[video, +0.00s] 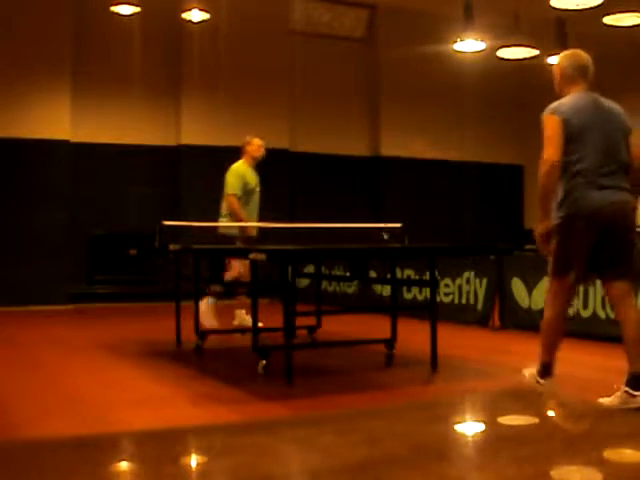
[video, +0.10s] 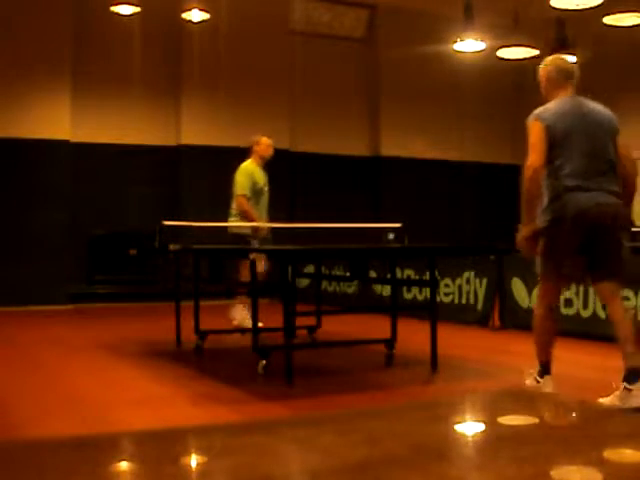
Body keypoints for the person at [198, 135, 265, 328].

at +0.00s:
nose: (262, 150)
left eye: (262, 147)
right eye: (258, 146)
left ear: (258, 151)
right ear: (247, 148)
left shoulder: (251, 172)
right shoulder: (237, 170)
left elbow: (246, 202)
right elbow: (232, 199)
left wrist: (251, 224)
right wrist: (245, 223)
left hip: (244, 230)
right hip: (231, 229)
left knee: (244, 271)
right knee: (235, 270)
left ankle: (241, 311)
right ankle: (208, 302)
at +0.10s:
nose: (271, 150)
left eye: (271, 146)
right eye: (267, 145)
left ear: (267, 150)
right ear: (256, 147)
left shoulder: (261, 171)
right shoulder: (246, 168)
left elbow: (256, 201)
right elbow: (241, 200)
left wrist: (263, 222)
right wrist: (257, 222)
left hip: (255, 229)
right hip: (242, 229)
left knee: (251, 268)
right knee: (247, 268)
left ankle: (244, 307)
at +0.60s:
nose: (320, 152)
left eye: (320, 148)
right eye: (316, 148)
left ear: (319, 150)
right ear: (306, 149)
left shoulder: (319, 168)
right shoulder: (297, 172)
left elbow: (320, 198)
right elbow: (288, 204)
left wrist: (325, 221)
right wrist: (307, 224)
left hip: (319, 227)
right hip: (301, 229)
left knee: (314, 271)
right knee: (311, 271)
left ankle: (286, 297)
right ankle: (313, 315)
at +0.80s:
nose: (343, 153)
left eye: (344, 148)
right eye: (339, 148)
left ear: (344, 149)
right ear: (328, 147)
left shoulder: (345, 171)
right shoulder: (315, 170)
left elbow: (353, 201)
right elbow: (303, 200)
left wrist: (358, 227)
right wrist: (319, 220)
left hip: (341, 231)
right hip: (318, 232)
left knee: (348, 270)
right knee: (317, 273)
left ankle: (351, 310)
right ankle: (314, 315)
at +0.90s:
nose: (358, 157)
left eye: (359, 153)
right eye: (355, 152)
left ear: (359, 154)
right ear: (343, 151)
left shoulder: (360, 175)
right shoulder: (328, 172)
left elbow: (369, 204)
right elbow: (312, 201)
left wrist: (375, 229)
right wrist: (325, 223)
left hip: (351, 232)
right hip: (328, 232)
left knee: (364, 270)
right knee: (323, 274)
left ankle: (376, 312)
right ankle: (316, 316)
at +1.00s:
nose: (375, 166)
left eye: (377, 163)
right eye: (373, 161)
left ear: (378, 163)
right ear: (362, 158)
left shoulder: (377, 183)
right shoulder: (343, 177)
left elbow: (386, 211)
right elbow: (325, 203)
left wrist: (392, 233)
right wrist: (330, 226)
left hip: (363, 240)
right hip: (339, 238)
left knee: (377, 274)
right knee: (331, 279)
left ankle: (395, 315)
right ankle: (320, 317)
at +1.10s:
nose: (396, 180)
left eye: (398, 176)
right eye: (394, 175)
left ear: (398, 176)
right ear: (383, 169)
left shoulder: (396, 194)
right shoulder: (362, 185)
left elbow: (406, 226)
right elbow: (338, 211)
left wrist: (409, 253)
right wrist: (340, 239)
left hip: (376, 247)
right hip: (351, 246)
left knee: (397, 279)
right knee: (340, 282)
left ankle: (403, 322)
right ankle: (318, 318)